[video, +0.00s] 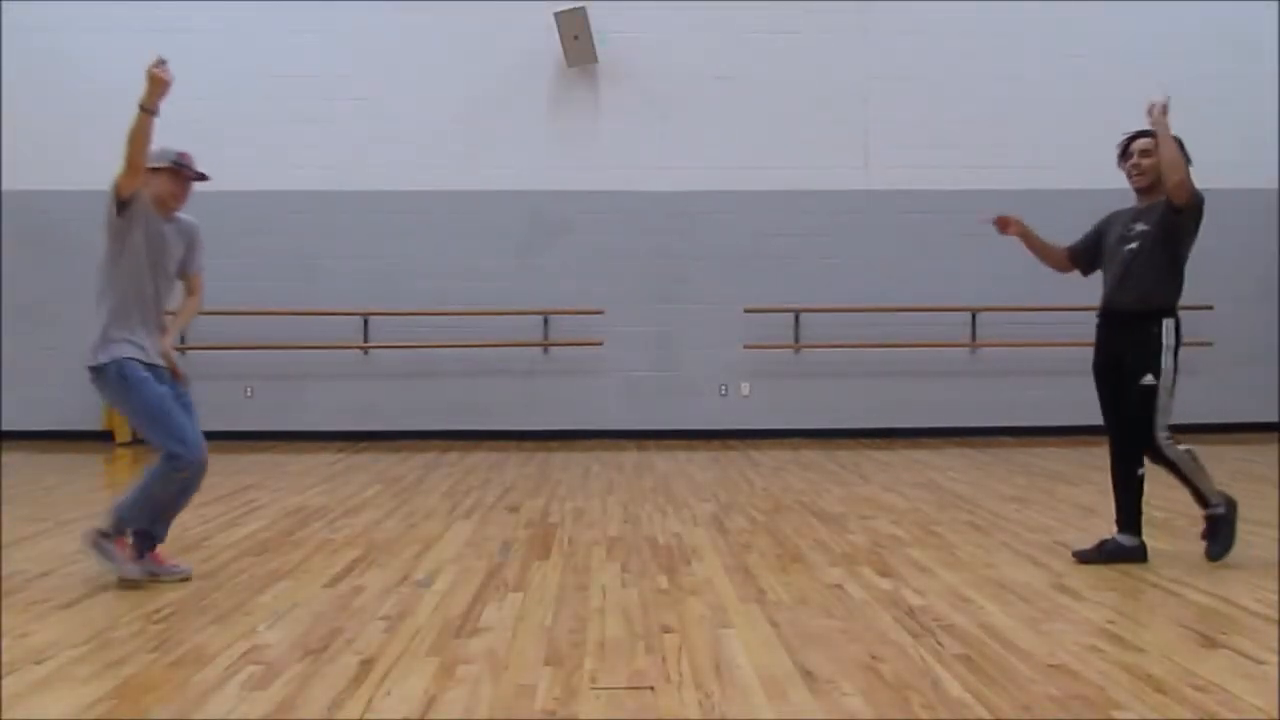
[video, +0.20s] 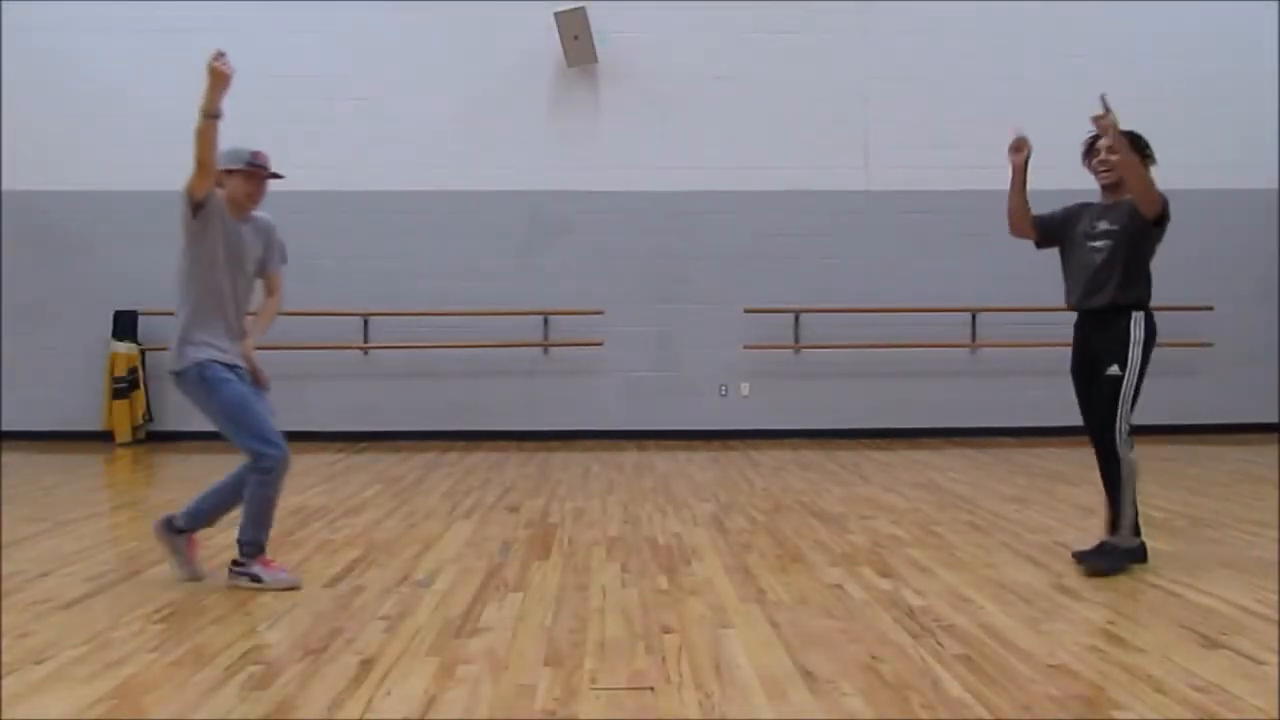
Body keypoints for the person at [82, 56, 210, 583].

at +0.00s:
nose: (182, 189)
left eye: (187, 182)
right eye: (176, 178)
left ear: (188, 188)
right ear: (151, 178)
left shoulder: (186, 232)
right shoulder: (129, 215)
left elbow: (195, 294)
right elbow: (134, 165)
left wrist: (171, 335)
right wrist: (150, 103)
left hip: (157, 355)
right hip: (117, 353)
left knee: (193, 459)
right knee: (185, 453)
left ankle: (144, 546)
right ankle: (113, 531)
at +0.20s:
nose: (258, 188)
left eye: (263, 180)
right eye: (251, 178)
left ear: (265, 185)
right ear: (226, 178)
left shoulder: (264, 233)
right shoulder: (204, 215)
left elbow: (273, 297)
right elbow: (203, 164)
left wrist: (249, 340)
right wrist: (212, 100)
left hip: (237, 357)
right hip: (199, 356)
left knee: (268, 461)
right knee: (271, 455)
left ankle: (180, 527)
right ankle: (249, 560)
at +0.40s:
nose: (340, 185)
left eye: (343, 178)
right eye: (332, 175)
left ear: (342, 183)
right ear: (306, 175)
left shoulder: (339, 230)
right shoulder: (285, 213)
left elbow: (346, 293)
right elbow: (286, 158)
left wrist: (324, 338)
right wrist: (298, 95)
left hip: (317, 359)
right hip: (276, 360)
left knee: (367, 450)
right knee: (325, 466)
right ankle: (258, 551)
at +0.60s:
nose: (414, 187)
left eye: (418, 180)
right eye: (405, 178)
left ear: (421, 188)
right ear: (380, 181)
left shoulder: (419, 232)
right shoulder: (353, 215)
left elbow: (436, 296)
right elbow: (320, 183)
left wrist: (414, 339)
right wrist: (361, 139)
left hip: (392, 366)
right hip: (347, 360)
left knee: (430, 468)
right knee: (402, 463)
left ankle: (378, 549)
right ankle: (354, 548)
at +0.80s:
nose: (486, 174)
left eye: (492, 167)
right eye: (481, 163)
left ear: (492, 166)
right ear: (452, 153)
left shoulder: (493, 196)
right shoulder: (415, 185)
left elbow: (519, 259)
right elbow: (370, 231)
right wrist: (439, 218)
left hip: (467, 346)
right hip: (417, 344)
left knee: (469, 461)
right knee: (459, 458)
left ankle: (404, 526)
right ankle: (460, 563)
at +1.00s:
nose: (584, 188)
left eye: (587, 181)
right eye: (579, 178)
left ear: (578, 178)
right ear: (549, 168)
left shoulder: (569, 209)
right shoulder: (513, 200)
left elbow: (574, 273)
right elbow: (488, 271)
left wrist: (580, 227)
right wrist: (549, 231)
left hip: (538, 357)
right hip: (485, 356)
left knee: (583, 456)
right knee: (502, 486)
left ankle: (540, 557)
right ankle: (467, 568)